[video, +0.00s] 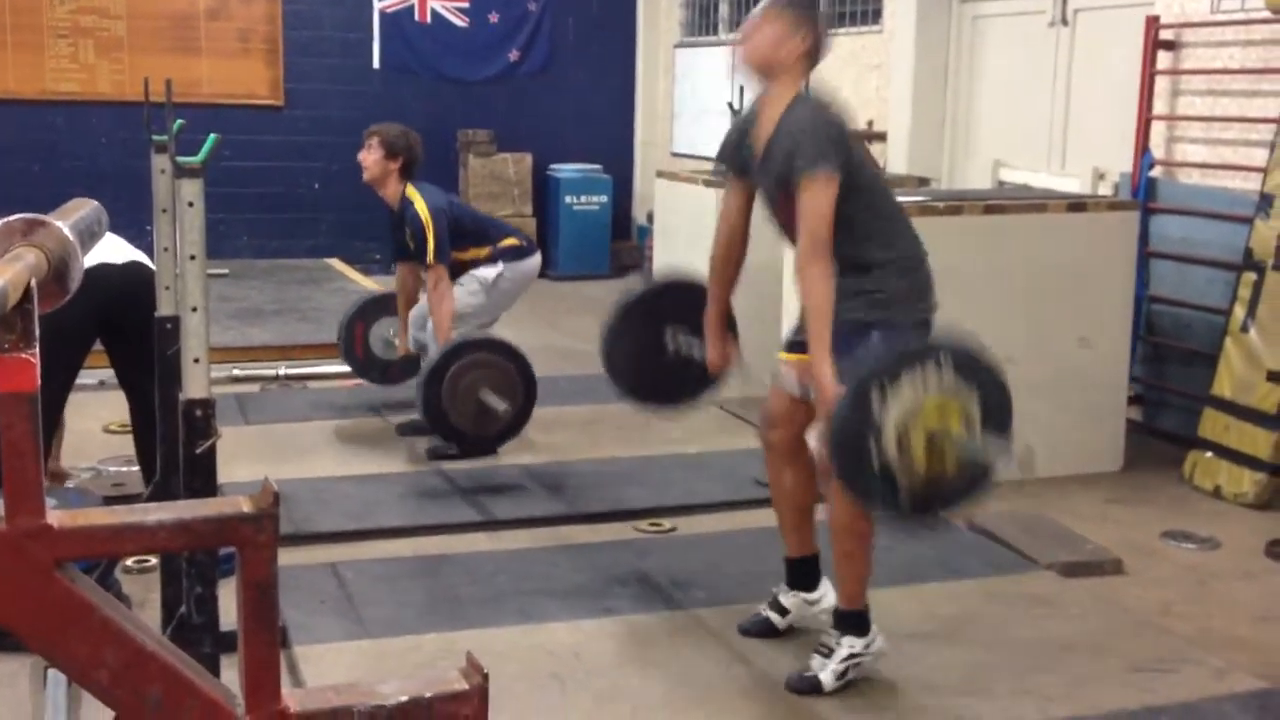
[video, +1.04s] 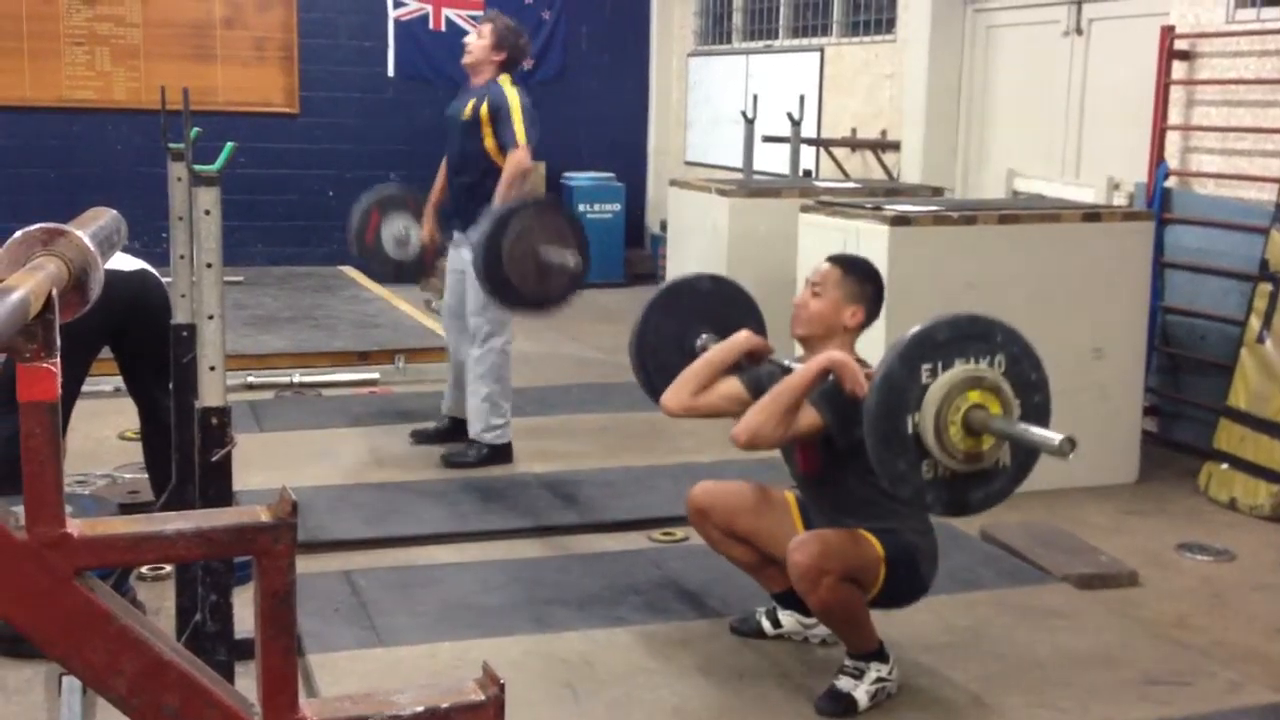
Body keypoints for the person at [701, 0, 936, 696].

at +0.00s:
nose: (745, 27)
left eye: (764, 20)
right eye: (750, 17)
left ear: (799, 44)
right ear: (770, 45)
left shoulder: (812, 126)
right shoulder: (750, 127)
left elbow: (815, 254)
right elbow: (731, 229)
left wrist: (820, 363)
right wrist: (715, 314)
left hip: (888, 304)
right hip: (830, 294)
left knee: (841, 450)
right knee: (781, 423)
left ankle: (855, 630)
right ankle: (803, 588)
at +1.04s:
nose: (798, 297)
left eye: (815, 290)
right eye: (804, 287)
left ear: (852, 317)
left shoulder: (855, 388)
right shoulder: (785, 377)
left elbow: (750, 434)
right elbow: (676, 401)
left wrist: (821, 362)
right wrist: (740, 342)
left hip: (898, 542)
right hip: (822, 519)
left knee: (808, 555)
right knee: (705, 502)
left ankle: (871, 662)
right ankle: (802, 611)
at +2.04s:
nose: (783, 50)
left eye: (799, 39)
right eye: (788, 38)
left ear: (839, 57)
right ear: (796, 55)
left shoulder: (838, 125)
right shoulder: (779, 122)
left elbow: (738, 155)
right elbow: (666, 152)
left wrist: (803, 93)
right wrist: (734, 98)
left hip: (864, 334)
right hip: (813, 330)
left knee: (834, 492)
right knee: (780, 474)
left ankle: (875, 669)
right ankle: (813, 624)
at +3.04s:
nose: (815, 77)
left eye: (831, 66)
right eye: (820, 65)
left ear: (873, 86)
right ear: (847, 87)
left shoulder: (867, 157)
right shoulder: (811, 156)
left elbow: (761, 175)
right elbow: (695, 165)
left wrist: (840, 115)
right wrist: (784, 124)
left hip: (841, 377)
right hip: (794, 373)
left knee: (852, 537)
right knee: (805, 523)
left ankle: (872, 705)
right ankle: (813, 663)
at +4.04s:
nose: (683, 229)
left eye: (695, 212)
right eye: (680, 214)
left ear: (733, 206)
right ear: (683, 215)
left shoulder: (790, 277)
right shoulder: (728, 275)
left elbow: (834, 404)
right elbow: (735, 370)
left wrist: (842, 525)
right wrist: (734, 466)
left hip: (907, 393)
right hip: (845, 387)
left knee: (866, 546)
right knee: (796, 513)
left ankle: (874, 696)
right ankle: (798, 671)